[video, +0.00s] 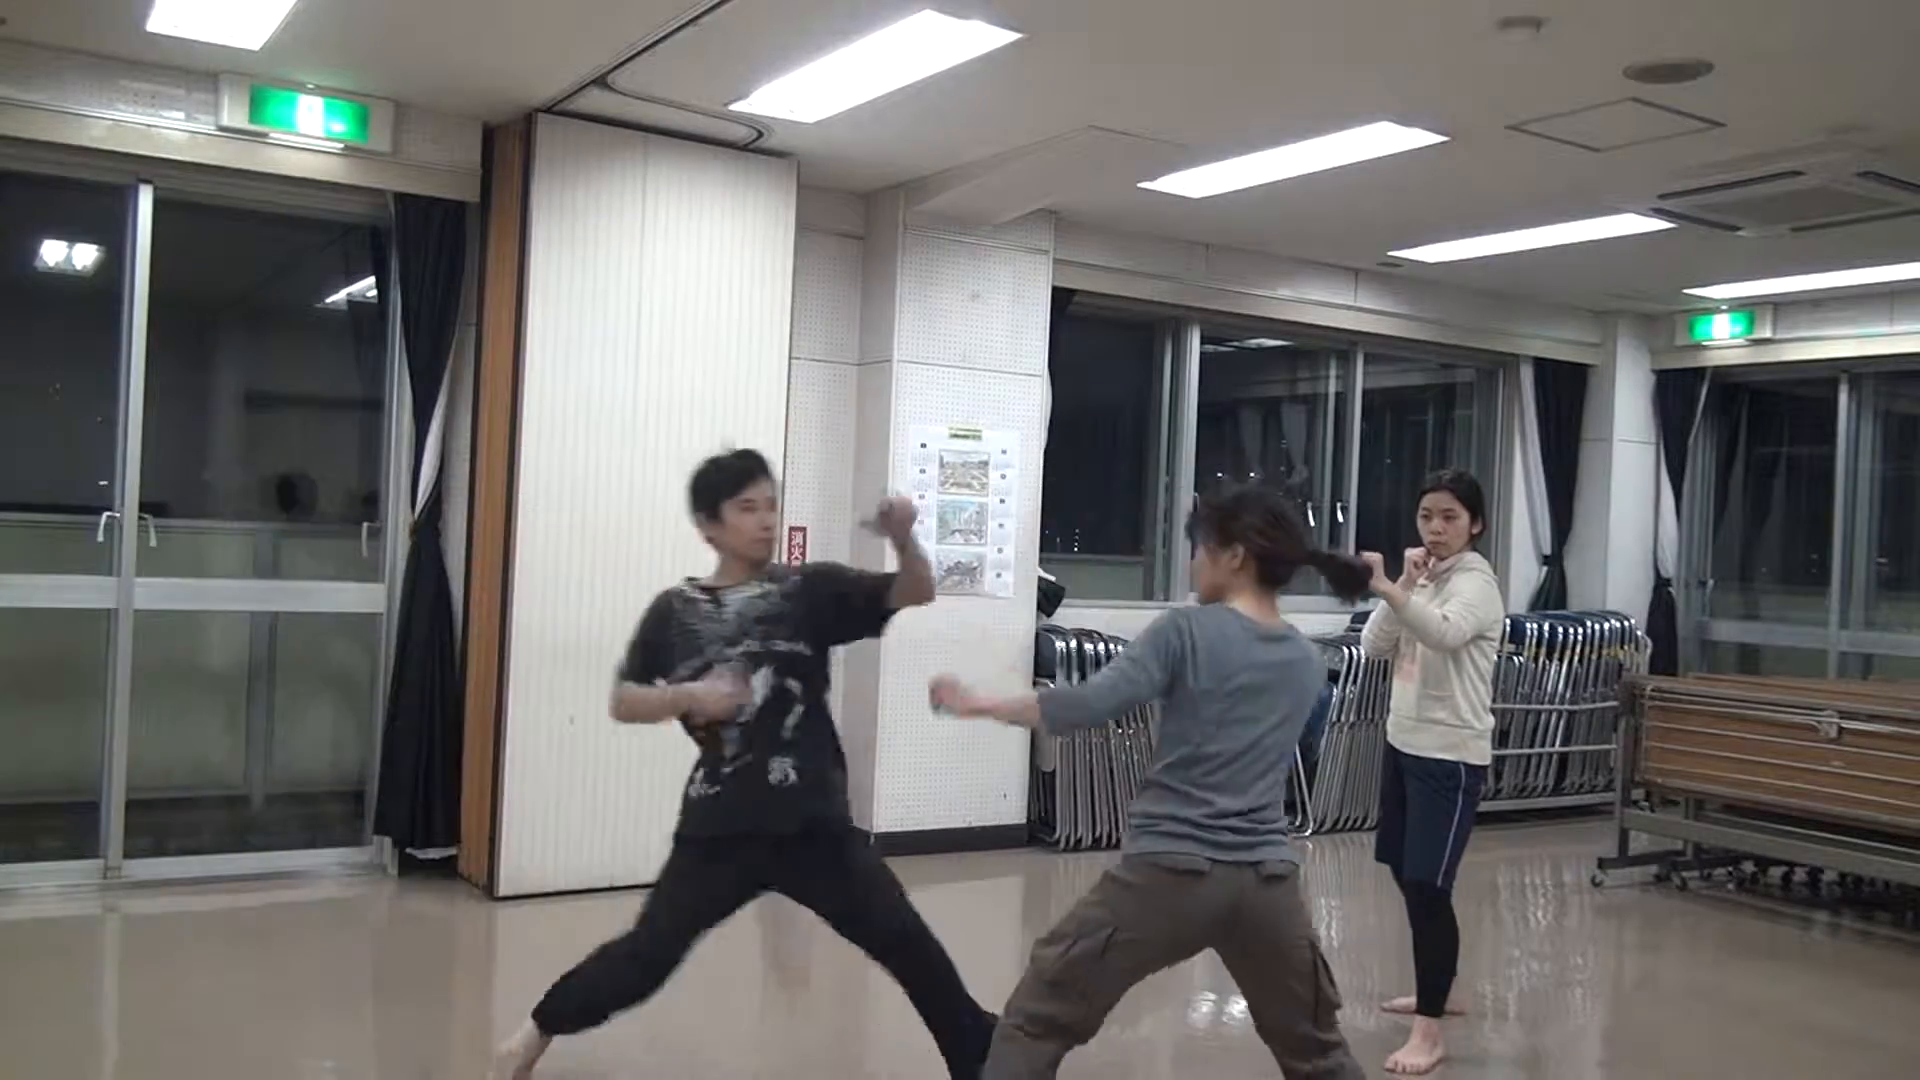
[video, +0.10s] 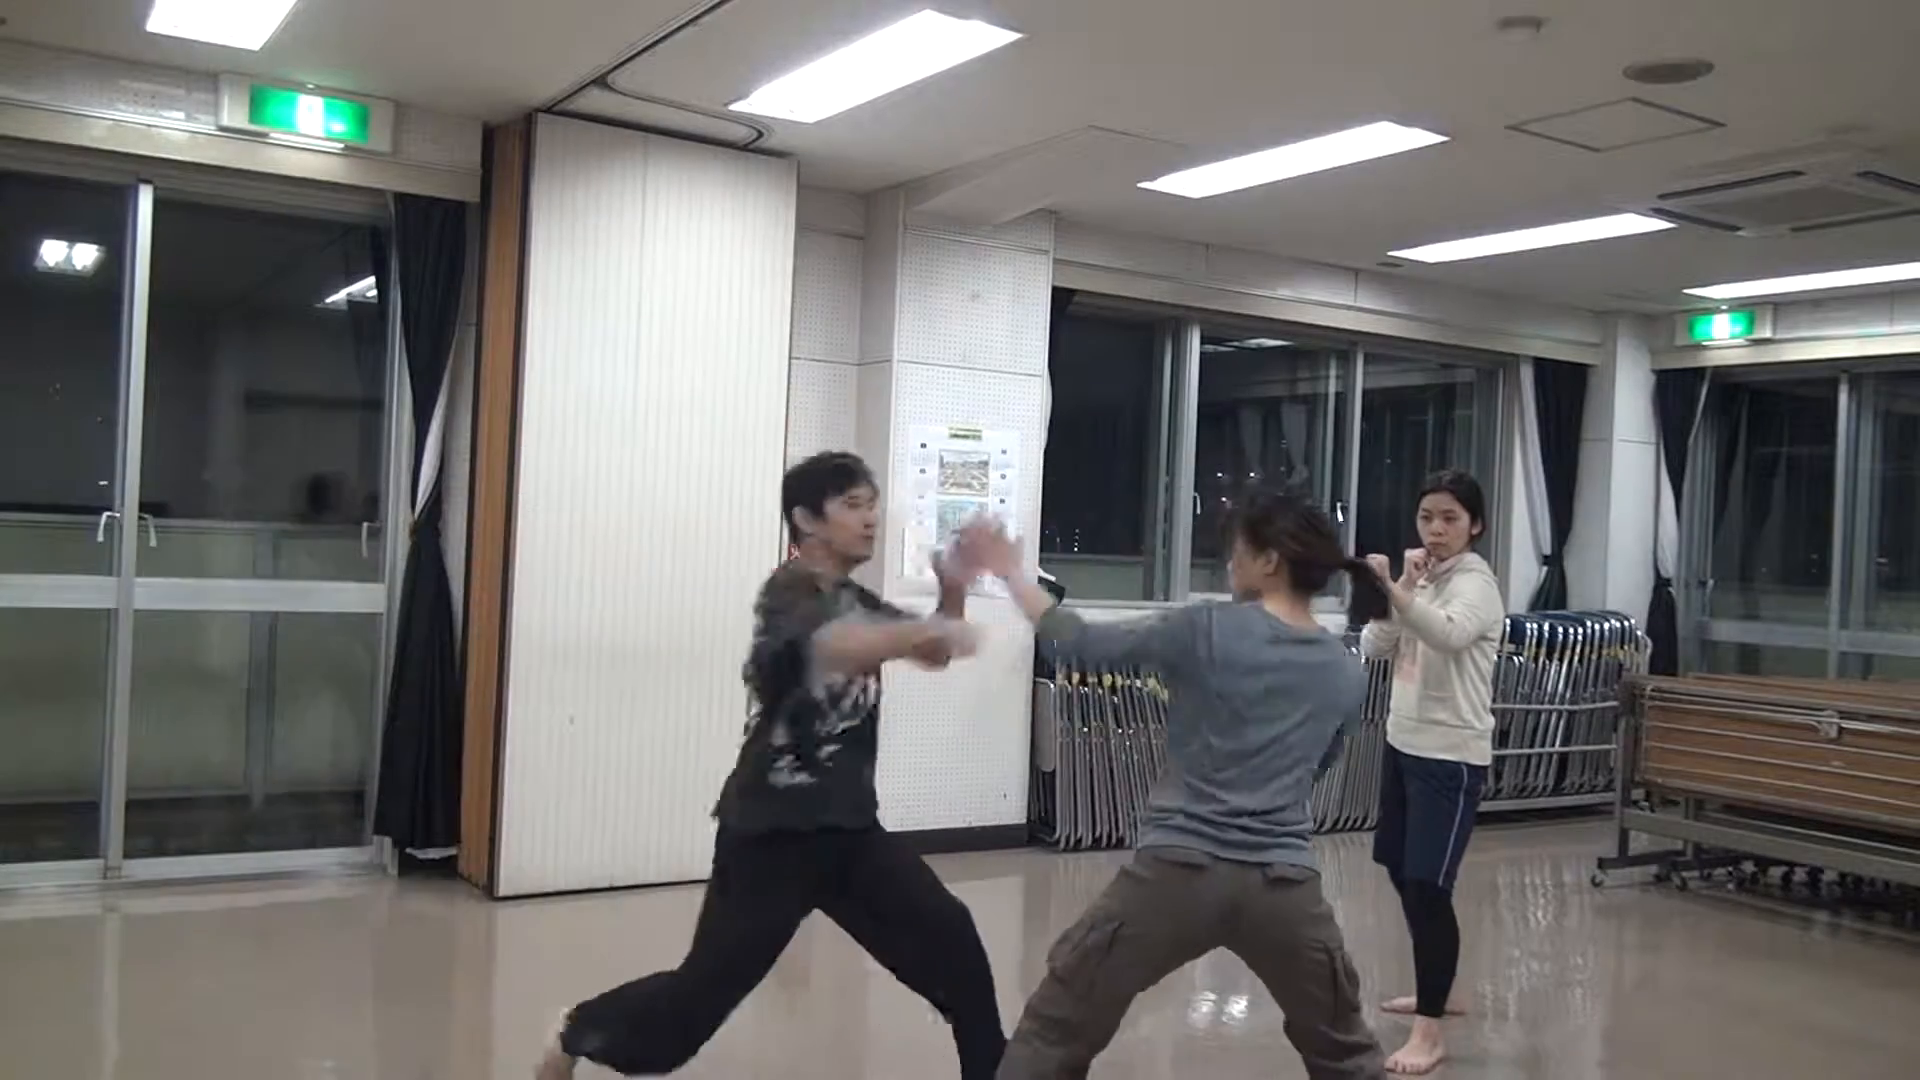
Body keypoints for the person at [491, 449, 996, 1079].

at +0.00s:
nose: (769, 519)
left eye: (772, 505)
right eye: (751, 508)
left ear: (779, 512)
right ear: (710, 525)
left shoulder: (811, 589)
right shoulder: (675, 610)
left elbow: (917, 589)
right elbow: (624, 703)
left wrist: (905, 540)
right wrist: (691, 699)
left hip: (814, 825)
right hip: (719, 830)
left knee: (909, 945)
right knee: (646, 957)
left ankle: (981, 1057)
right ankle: (542, 1028)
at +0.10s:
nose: (871, 518)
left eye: (873, 505)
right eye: (854, 506)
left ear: (871, 512)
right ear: (809, 520)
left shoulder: (854, 598)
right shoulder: (789, 594)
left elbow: (932, 650)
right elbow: (831, 646)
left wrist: (952, 592)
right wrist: (918, 640)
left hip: (847, 829)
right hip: (771, 832)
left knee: (952, 944)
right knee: (706, 991)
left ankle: (988, 1065)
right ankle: (578, 1035)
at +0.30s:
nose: (946, 509)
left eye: (944, 495)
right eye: (931, 497)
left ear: (883, 508)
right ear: (882, 504)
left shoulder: (861, 564)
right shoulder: (911, 572)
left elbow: (920, 667)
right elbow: (1009, 643)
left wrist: (969, 594)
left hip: (845, 814)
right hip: (807, 813)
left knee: (947, 931)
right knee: (752, 986)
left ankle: (983, 1070)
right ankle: (605, 1063)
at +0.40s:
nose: (947, 499)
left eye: (947, 485)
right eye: (933, 485)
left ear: (886, 499)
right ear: (883, 496)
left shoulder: (864, 564)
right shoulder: (889, 575)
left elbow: (918, 667)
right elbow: (914, 694)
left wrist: (969, 605)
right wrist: (989, 780)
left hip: (867, 809)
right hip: (829, 810)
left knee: (985, 930)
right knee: (753, 983)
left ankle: (973, 1074)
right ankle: (608, 1068)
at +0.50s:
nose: (919, 527)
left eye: (921, 511)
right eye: (899, 514)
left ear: (927, 519)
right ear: (852, 532)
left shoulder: (934, 601)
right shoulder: (814, 614)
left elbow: (911, 673)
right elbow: (760, 697)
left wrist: (962, 679)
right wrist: (858, 734)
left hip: (911, 835)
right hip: (823, 839)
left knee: (1037, 928)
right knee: (743, 1004)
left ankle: (982, 1072)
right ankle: (631, 1079)